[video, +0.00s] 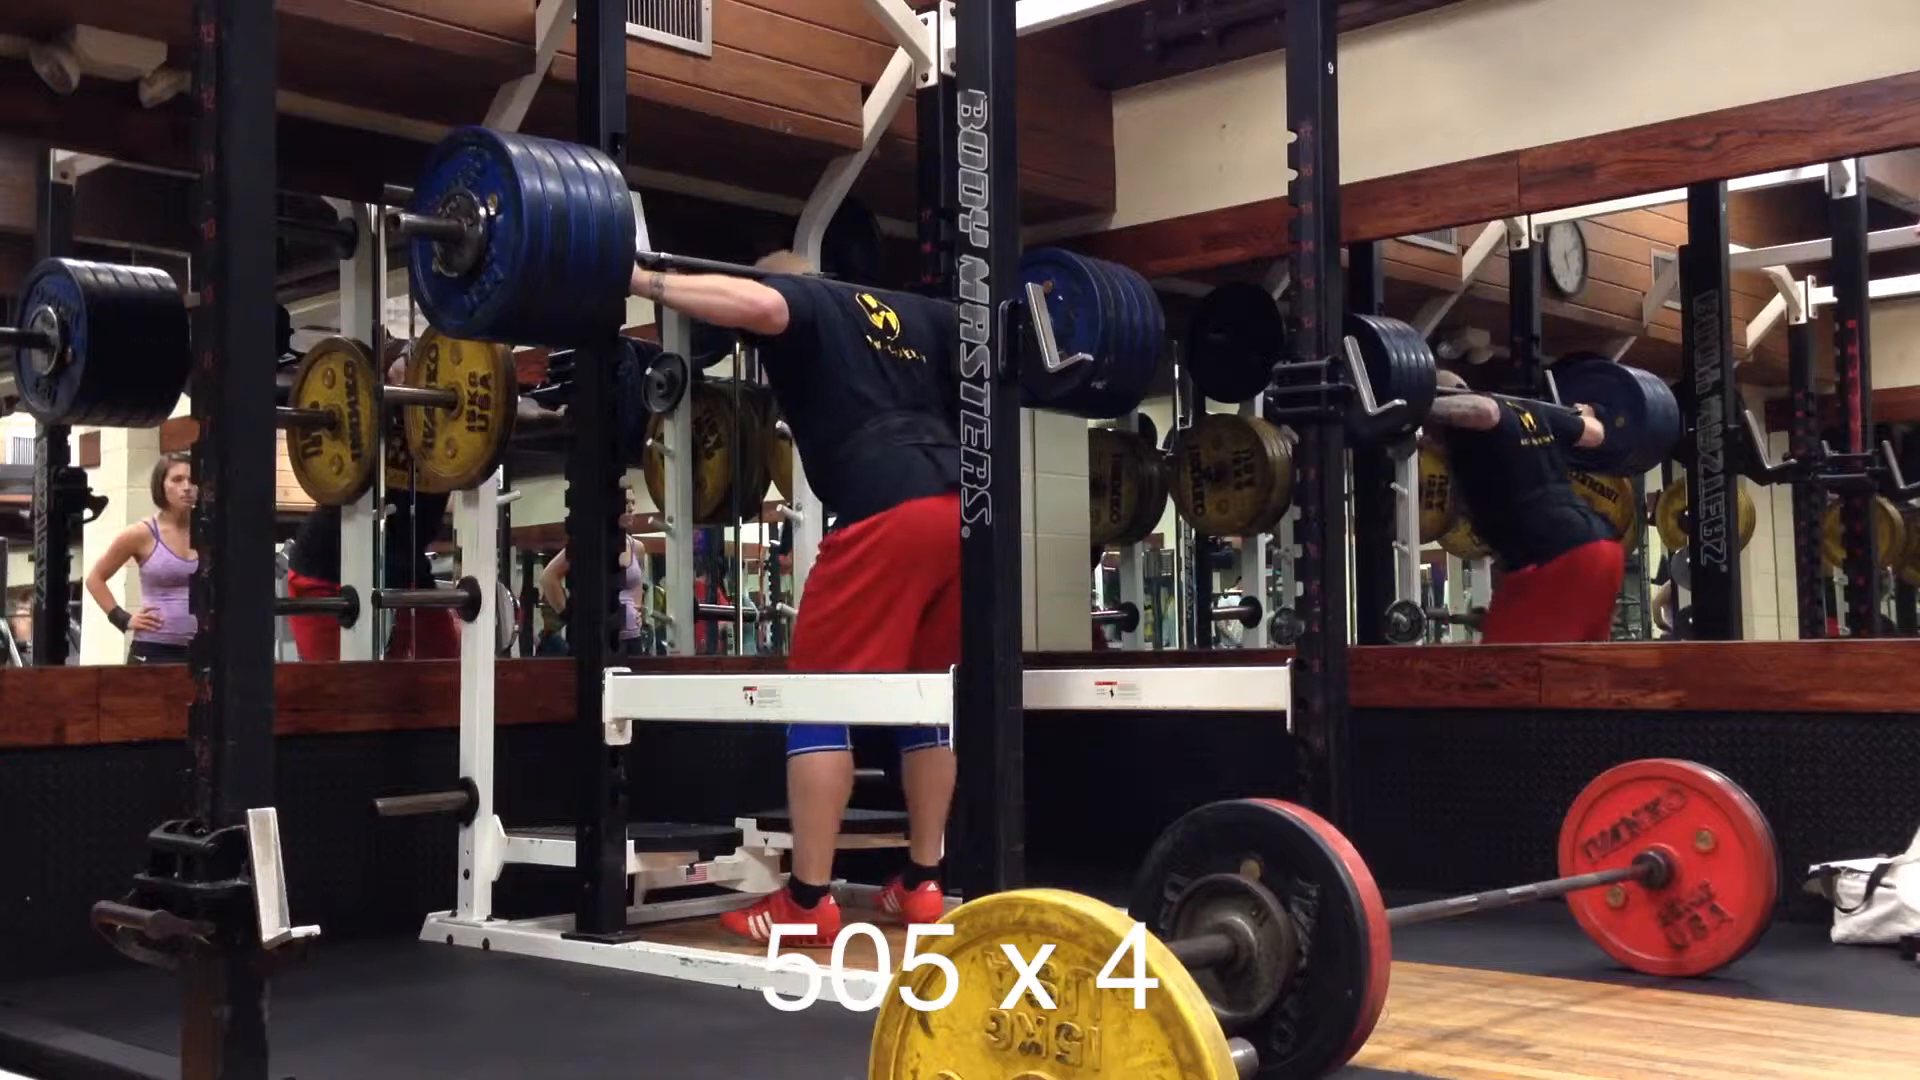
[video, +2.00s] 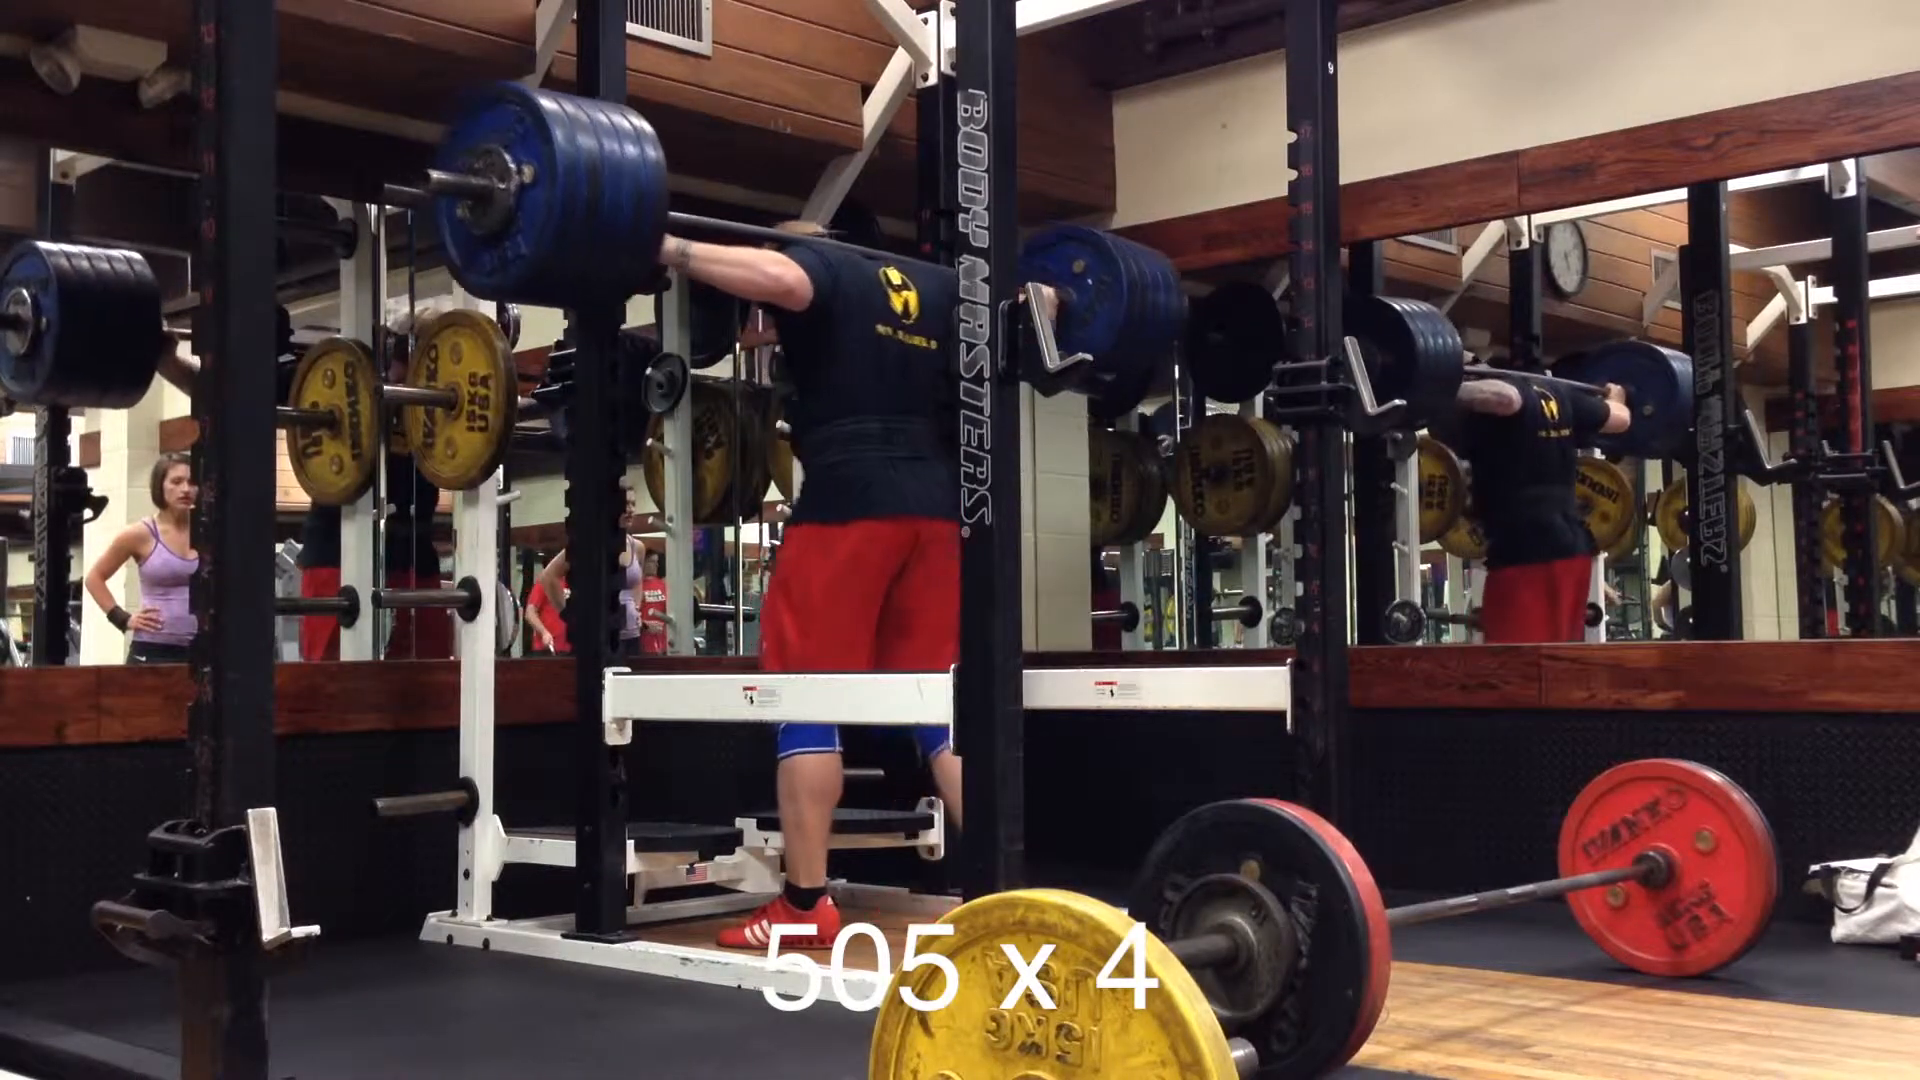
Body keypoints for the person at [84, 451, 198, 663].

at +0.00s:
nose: (187, 488)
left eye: (193, 480)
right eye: (178, 480)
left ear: (200, 486)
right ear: (160, 486)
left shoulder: (204, 530)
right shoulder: (141, 534)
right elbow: (94, 579)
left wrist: (213, 615)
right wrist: (123, 619)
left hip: (200, 647)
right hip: (154, 648)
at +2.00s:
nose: (186, 489)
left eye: (192, 482)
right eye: (177, 482)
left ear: (200, 488)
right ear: (160, 487)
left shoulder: (204, 530)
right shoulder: (140, 534)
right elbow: (94, 579)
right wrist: (123, 619)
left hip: (199, 648)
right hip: (153, 647)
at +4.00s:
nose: (186, 489)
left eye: (191, 482)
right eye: (176, 482)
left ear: (199, 487)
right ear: (159, 487)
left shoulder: (204, 529)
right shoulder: (141, 534)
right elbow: (93, 579)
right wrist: (123, 619)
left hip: (199, 648)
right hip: (153, 648)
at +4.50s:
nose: (203, 491)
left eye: (200, 485)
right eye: (197, 485)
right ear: (181, 491)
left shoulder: (205, 531)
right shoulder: (144, 534)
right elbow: (97, 580)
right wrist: (128, 620)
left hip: (201, 648)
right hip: (157, 649)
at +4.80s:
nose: (215, 496)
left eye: (218, 487)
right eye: (210, 488)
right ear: (196, 492)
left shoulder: (226, 532)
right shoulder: (167, 536)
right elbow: (118, 582)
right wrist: (155, 624)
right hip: (180, 651)